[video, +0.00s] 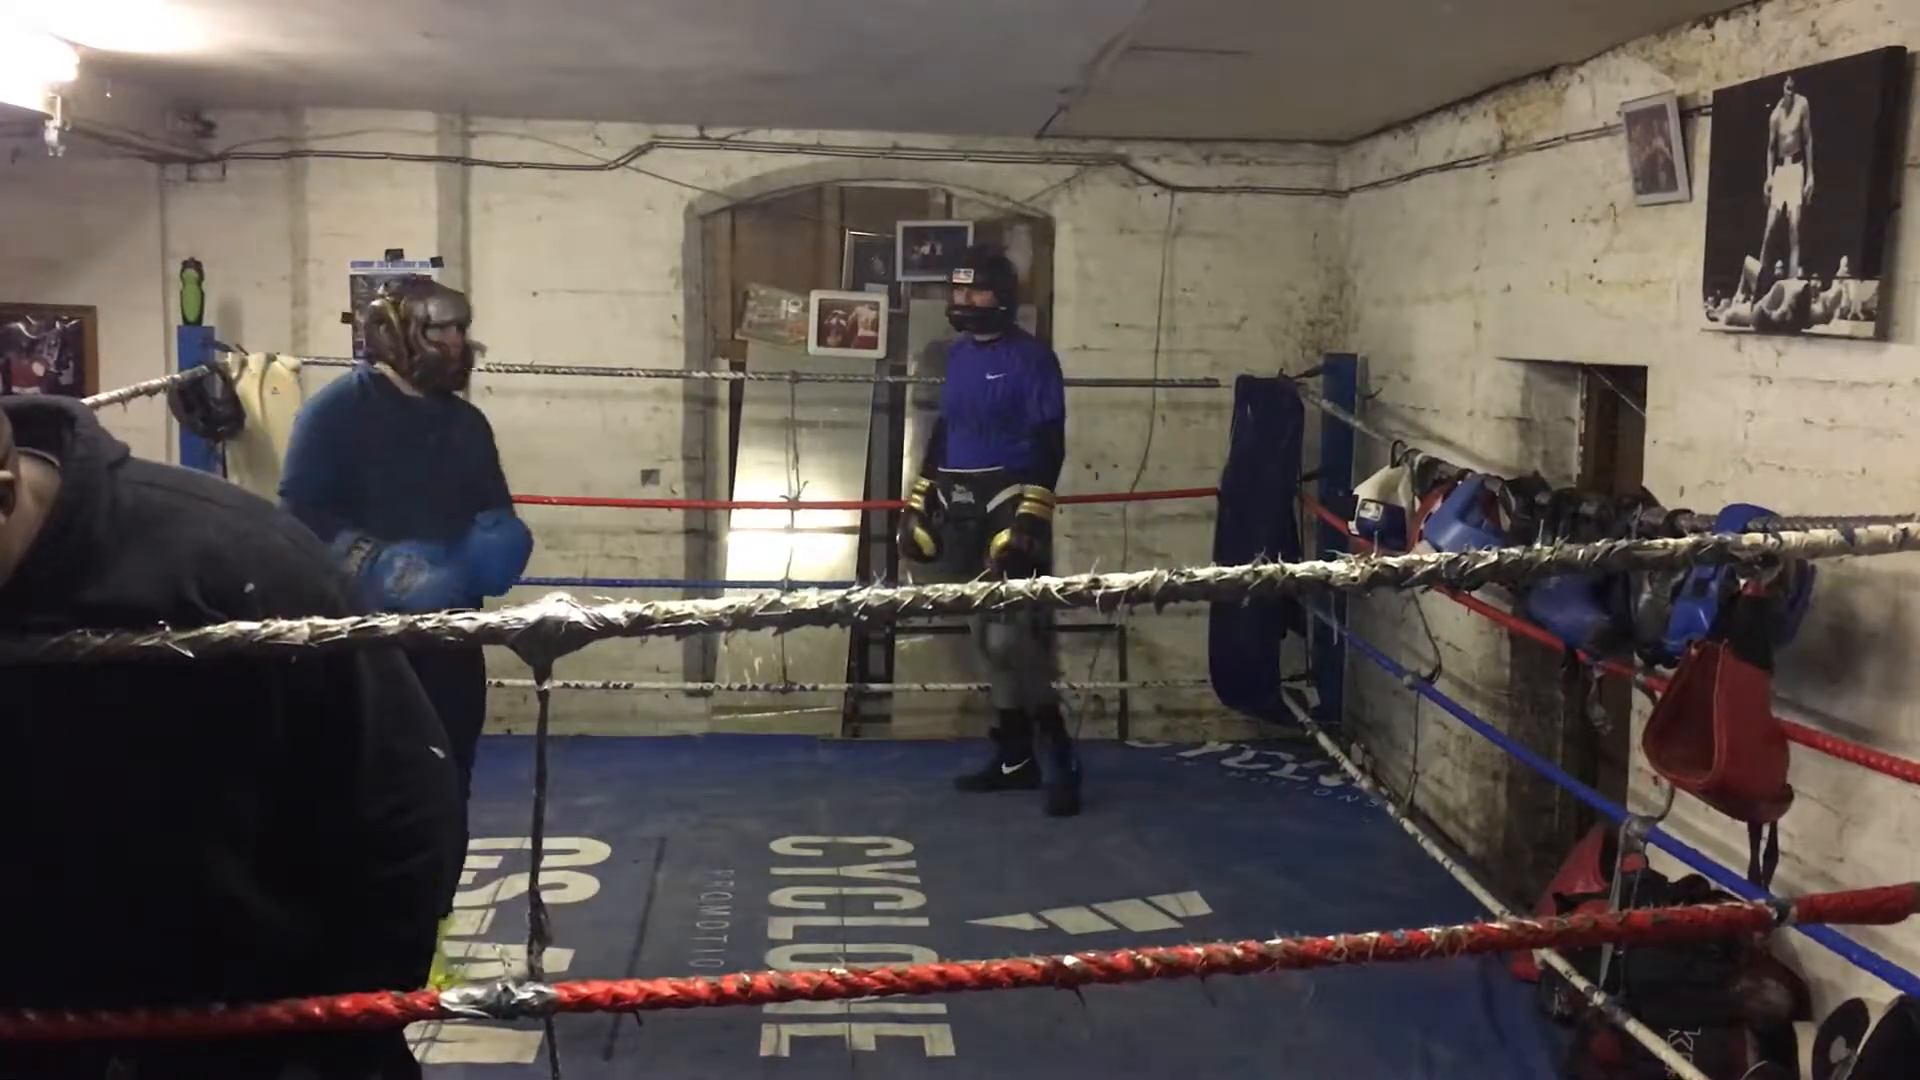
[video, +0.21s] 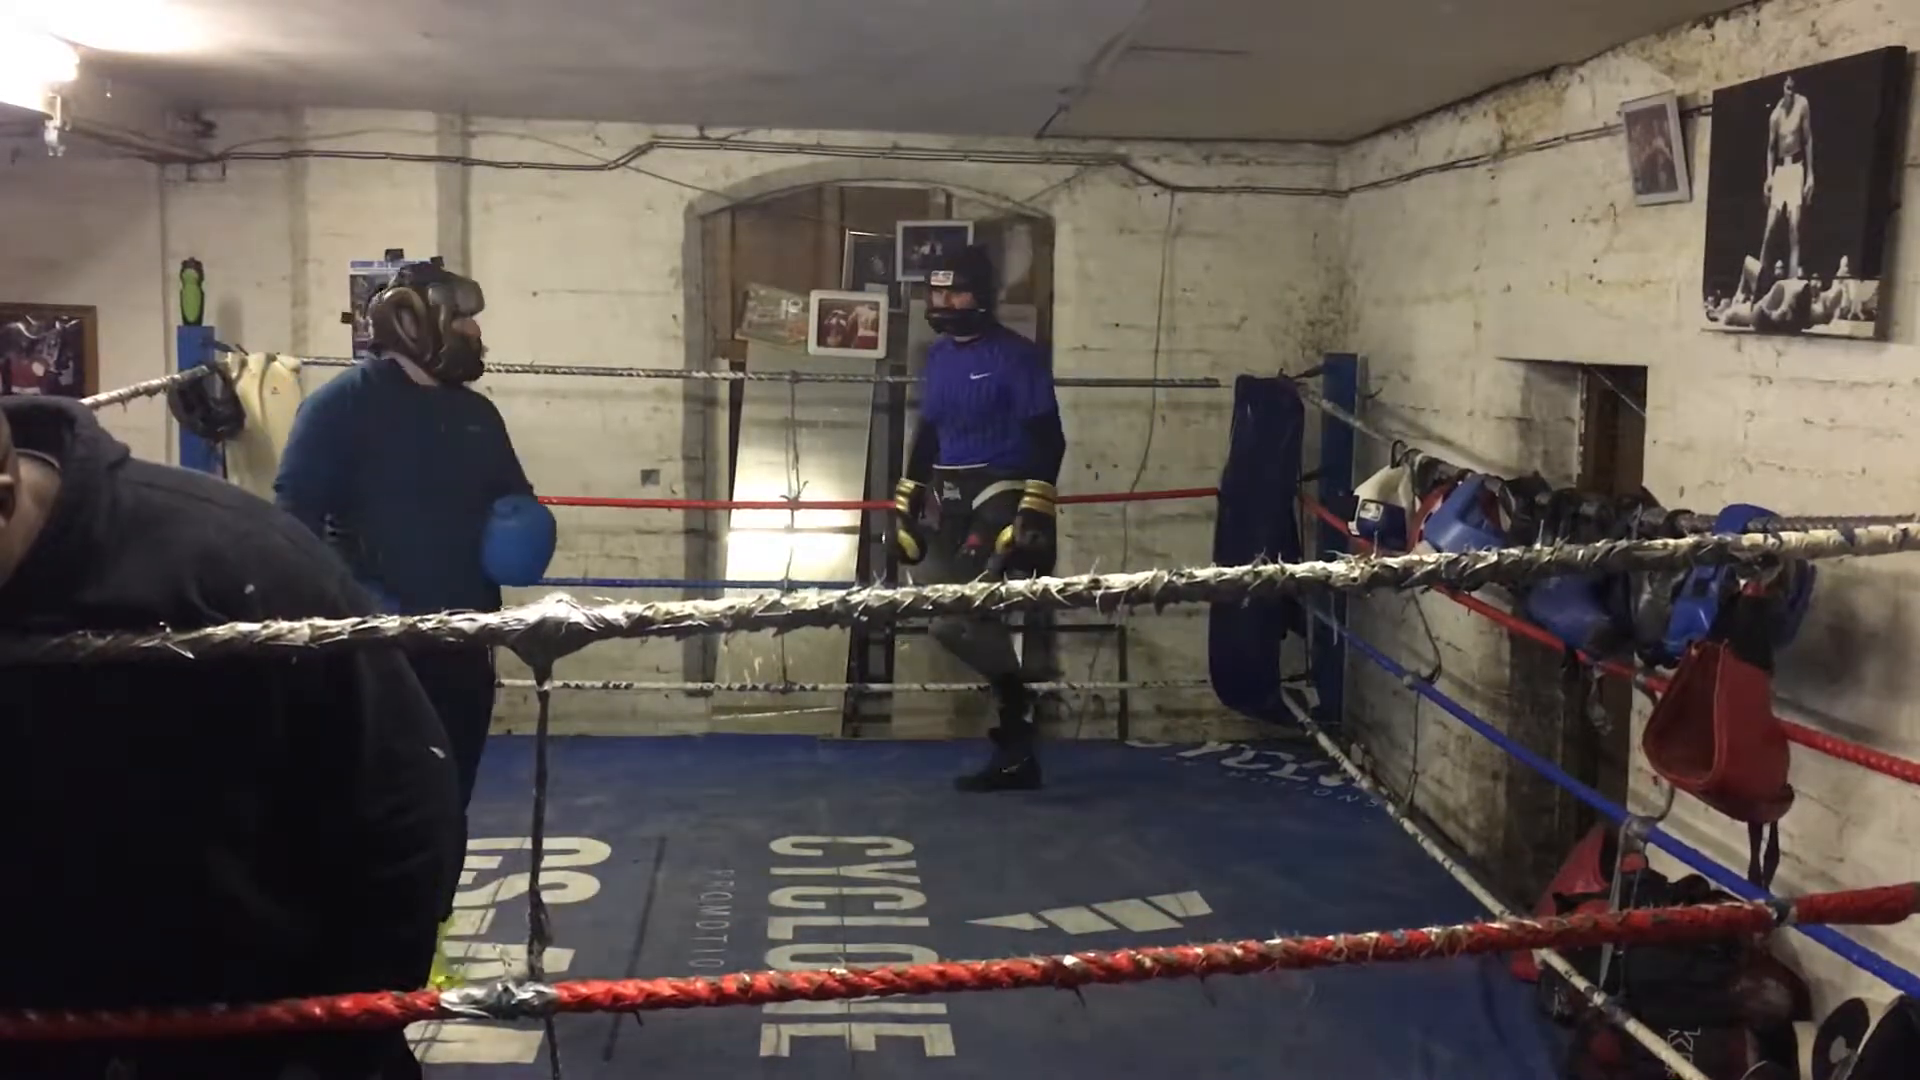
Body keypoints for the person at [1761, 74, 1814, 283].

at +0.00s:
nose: (1788, 92)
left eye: (1791, 89)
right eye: (1786, 88)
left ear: (1796, 90)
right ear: (1782, 89)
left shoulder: (1801, 104)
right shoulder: (1775, 115)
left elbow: (1808, 139)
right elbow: (1771, 146)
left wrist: (1810, 174)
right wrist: (1769, 175)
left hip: (1797, 163)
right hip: (1780, 164)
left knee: (1794, 221)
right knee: (1771, 222)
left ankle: (1794, 269)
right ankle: (1761, 268)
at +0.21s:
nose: (1789, 92)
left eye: (1792, 89)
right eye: (1787, 88)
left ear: (1796, 90)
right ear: (1782, 89)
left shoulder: (1801, 105)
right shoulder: (1775, 115)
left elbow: (1808, 139)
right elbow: (1771, 146)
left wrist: (1810, 175)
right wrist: (1769, 175)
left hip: (1797, 164)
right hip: (1780, 165)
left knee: (1794, 221)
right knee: (1771, 222)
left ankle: (1793, 270)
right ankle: (1762, 269)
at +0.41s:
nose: (1789, 92)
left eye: (1792, 89)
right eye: (1787, 89)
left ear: (1796, 90)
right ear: (1783, 89)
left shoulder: (1802, 104)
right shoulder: (1776, 115)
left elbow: (1808, 139)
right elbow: (1771, 146)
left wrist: (1810, 174)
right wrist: (1769, 175)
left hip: (1797, 164)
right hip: (1780, 165)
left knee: (1794, 221)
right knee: (1771, 221)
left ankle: (1795, 268)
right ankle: (1762, 269)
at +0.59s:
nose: (1789, 92)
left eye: (1792, 89)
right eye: (1787, 88)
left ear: (1796, 89)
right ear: (1783, 89)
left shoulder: (1801, 104)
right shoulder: (1775, 115)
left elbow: (1808, 139)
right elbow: (1771, 146)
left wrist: (1810, 174)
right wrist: (1769, 175)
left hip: (1797, 163)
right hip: (1780, 165)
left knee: (1794, 220)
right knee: (1771, 221)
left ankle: (1794, 268)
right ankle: (1762, 268)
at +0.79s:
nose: (1789, 92)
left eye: (1792, 88)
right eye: (1787, 88)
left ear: (1796, 89)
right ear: (1783, 89)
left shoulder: (1801, 104)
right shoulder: (1775, 114)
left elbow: (1808, 139)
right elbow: (1771, 146)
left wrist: (1810, 175)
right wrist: (1769, 175)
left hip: (1797, 164)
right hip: (1780, 165)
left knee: (1794, 221)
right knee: (1771, 221)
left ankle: (1794, 269)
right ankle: (1762, 269)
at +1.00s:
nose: (1788, 92)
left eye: (1791, 89)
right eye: (1787, 88)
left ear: (1796, 90)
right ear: (1783, 89)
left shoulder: (1801, 105)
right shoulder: (1775, 114)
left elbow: (1808, 139)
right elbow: (1770, 146)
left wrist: (1810, 175)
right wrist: (1769, 175)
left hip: (1797, 164)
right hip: (1779, 165)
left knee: (1794, 221)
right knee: (1771, 221)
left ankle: (1794, 269)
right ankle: (1762, 268)